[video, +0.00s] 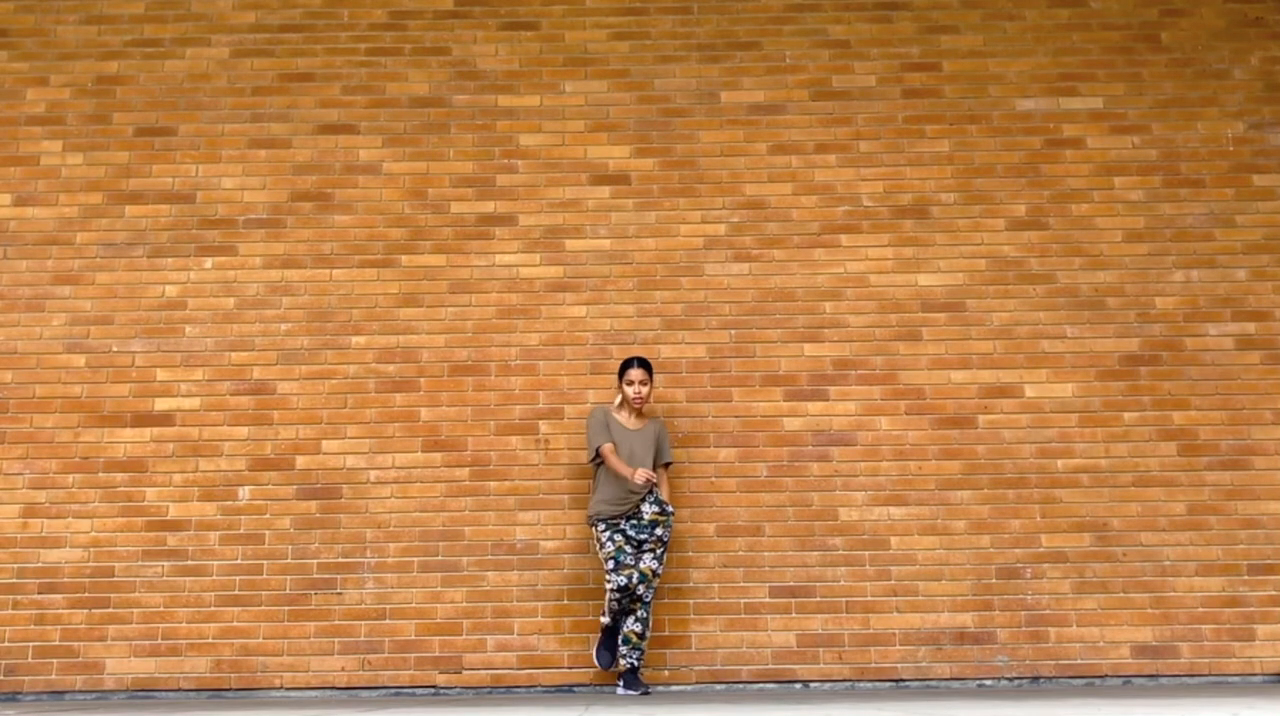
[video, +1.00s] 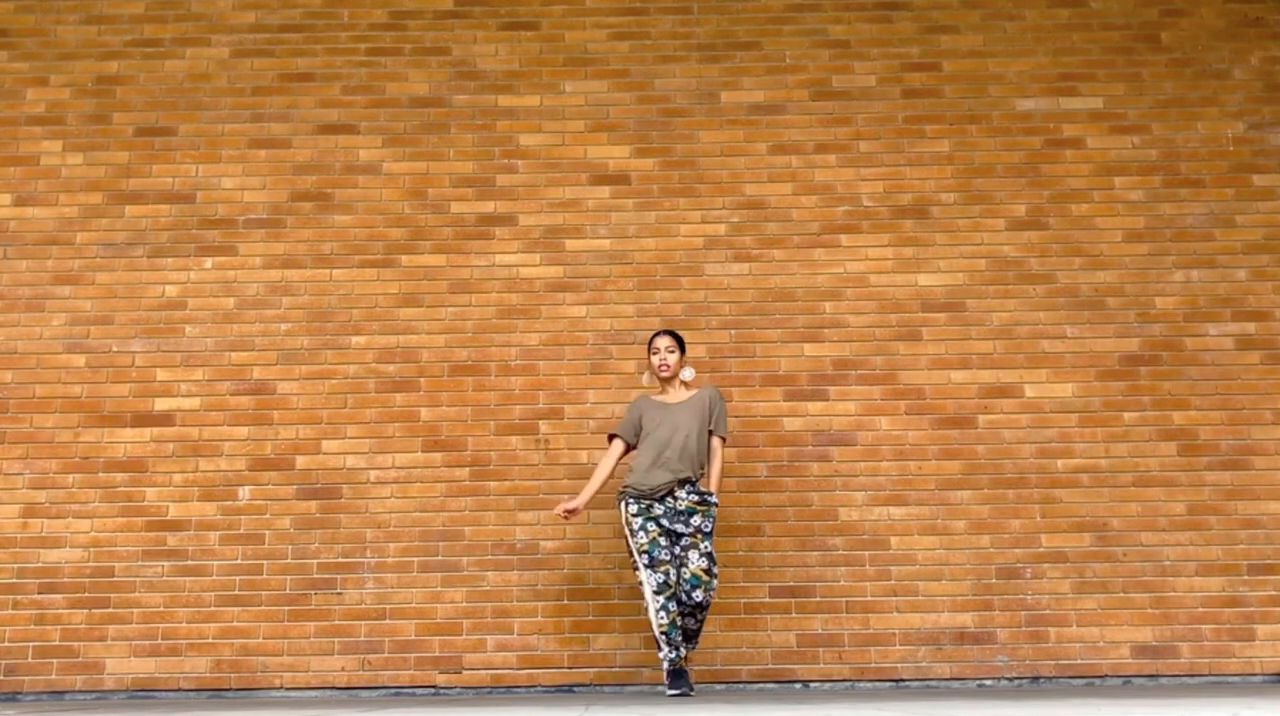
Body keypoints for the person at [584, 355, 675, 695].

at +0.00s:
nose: (638, 390)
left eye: (644, 383)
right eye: (631, 383)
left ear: (652, 387)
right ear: (620, 386)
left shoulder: (656, 427)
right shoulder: (601, 416)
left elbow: (661, 473)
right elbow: (607, 454)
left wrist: (665, 506)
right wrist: (631, 474)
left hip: (649, 516)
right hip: (610, 516)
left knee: (643, 589)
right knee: (625, 582)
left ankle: (630, 671)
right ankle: (610, 630)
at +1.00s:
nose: (662, 358)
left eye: (669, 351)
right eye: (656, 353)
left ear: (682, 358)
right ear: (649, 360)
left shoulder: (707, 397)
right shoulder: (641, 405)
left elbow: (716, 451)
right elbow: (613, 454)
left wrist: (710, 497)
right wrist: (582, 500)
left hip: (690, 501)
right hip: (643, 503)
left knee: (698, 583)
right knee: (659, 581)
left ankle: (680, 654)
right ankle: (675, 667)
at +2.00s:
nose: (698, 292)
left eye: (707, 284)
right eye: (692, 289)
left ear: (729, 293)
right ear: (689, 304)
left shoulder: (758, 346)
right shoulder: (681, 348)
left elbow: (773, 407)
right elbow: (649, 400)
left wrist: (774, 453)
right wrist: (609, 446)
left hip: (757, 463)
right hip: (706, 465)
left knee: (753, 556)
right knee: (730, 549)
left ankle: (728, 660)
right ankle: (757, 655)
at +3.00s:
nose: (731, 228)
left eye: (739, 222)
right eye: (721, 224)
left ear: (753, 237)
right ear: (708, 242)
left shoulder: (776, 300)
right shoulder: (694, 290)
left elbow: (788, 370)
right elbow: (688, 363)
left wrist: (793, 423)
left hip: (775, 427)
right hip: (716, 428)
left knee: (773, 540)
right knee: (711, 534)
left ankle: (770, 661)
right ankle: (700, 648)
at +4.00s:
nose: (698, 238)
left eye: (709, 229)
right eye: (695, 231)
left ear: (738, 236)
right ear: (694, 240)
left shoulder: (769, 299)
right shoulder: (682, 295)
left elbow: (774, 368)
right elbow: (666, 355)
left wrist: (787, 390)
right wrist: (653, 381)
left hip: (768, 433)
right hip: (704, 438)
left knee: (804, 541)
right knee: (671, 542)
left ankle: (835, 659)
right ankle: (655, 655)